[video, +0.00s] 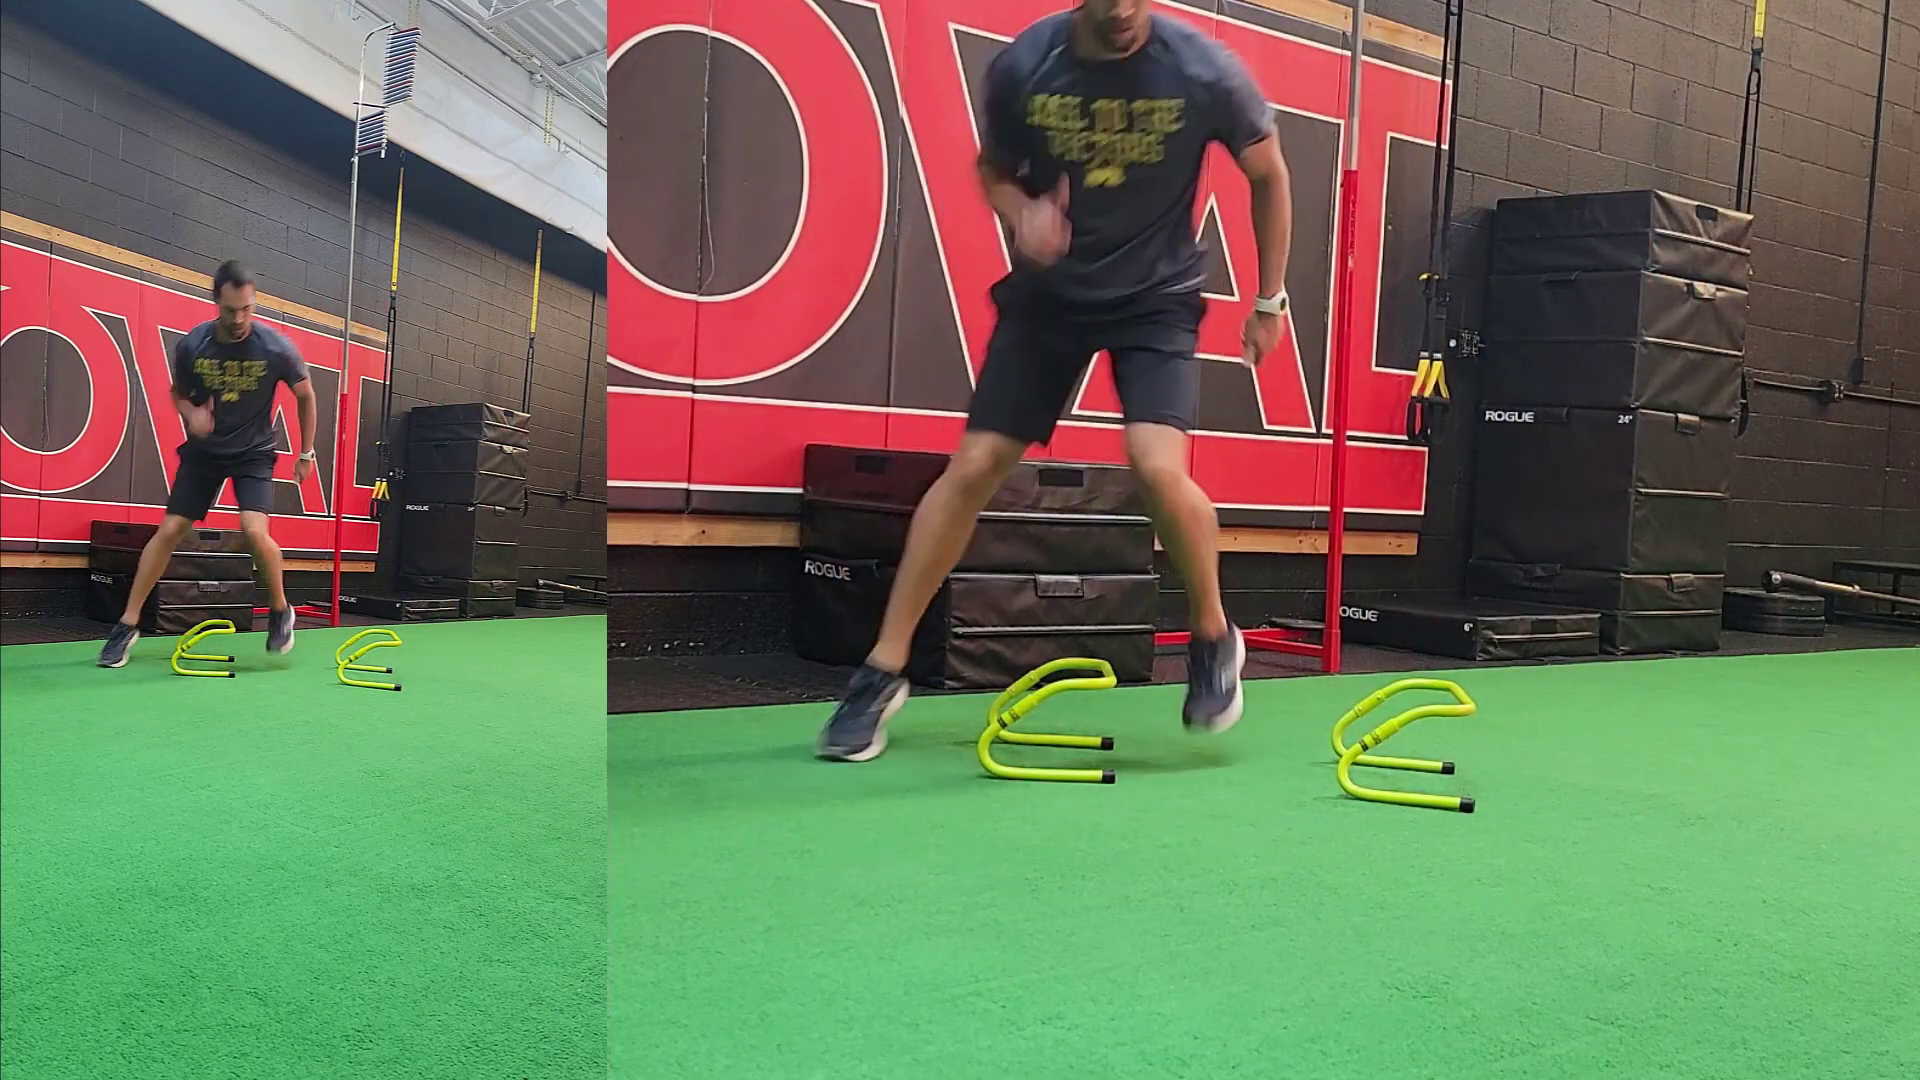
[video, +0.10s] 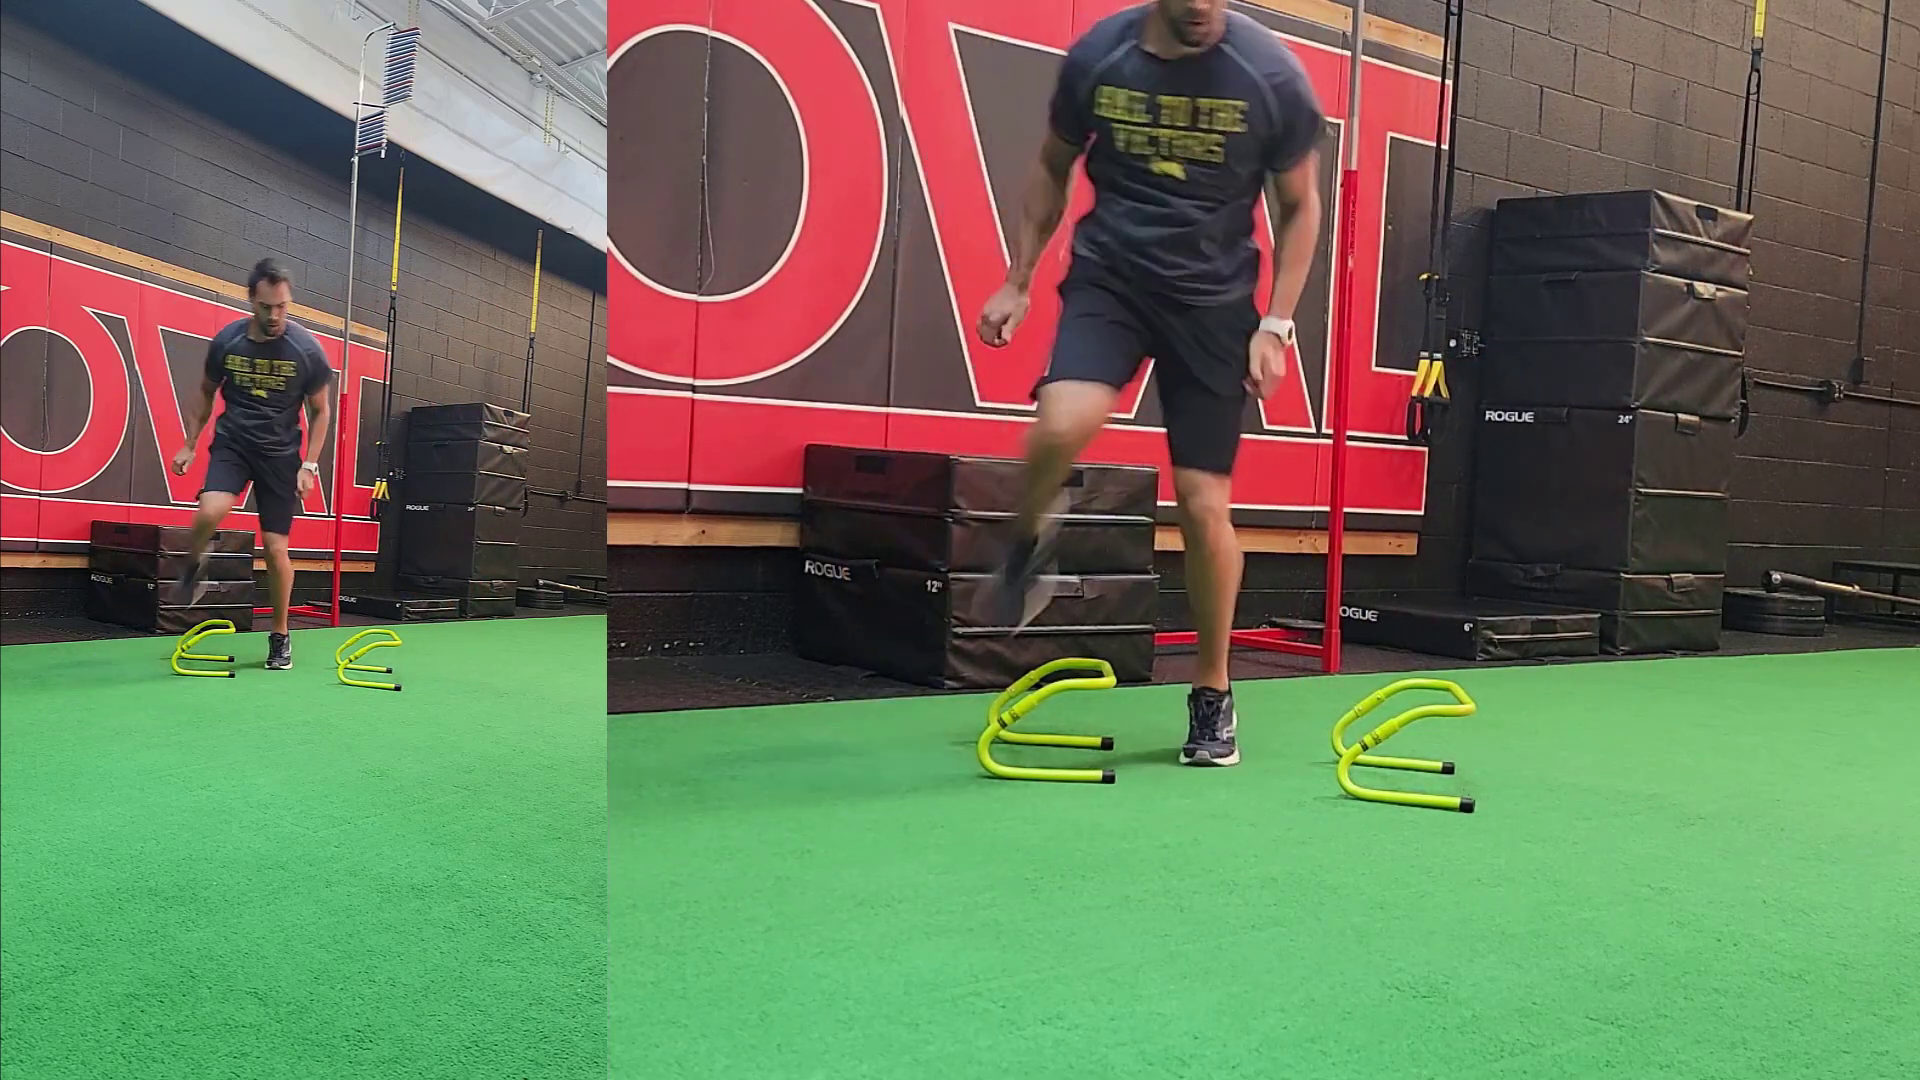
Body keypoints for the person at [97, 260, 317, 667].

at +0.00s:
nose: (240, 318)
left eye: (246, 309)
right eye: (231, 310)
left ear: (254, 303)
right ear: (215, 303)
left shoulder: (277, 349)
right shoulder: (191, 347)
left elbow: (305, 394)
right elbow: (179, 393)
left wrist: (306, 451)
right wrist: (192, 416)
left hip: (253, 451)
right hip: (203, 449)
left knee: (254, 531)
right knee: (169, 530)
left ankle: (280, 609)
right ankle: (127, 623)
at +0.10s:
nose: (275, 316)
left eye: (282, 307)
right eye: (266, 307)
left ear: (290, 302)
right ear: (251, 301)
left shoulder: (308, 350)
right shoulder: (226, 342)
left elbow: (321, 411)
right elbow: (206, 392)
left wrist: (310, 464)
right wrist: (189, 445)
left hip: (279, 455)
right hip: (232, 445)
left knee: (276, 550)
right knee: (209, 513)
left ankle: (280, 637)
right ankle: (194, 563)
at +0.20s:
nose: (305, 312)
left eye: (311, 304)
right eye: (297, 303)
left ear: (318, 299)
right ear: (278, 297)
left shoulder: (332, 346)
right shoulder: (249, 338)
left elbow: (347, 404)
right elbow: (222, 383)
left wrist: (322, 406)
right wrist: (203, 431)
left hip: (307, 450)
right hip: (262, 441)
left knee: (297, 544)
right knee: (271, 490)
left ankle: (284, 635)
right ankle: (263, 552)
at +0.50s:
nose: (391, 324)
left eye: (398, 315)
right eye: (383, 314)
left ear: (405, 310)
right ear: (362, 304)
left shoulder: (409, 347)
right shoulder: (331, 355)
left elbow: (412, 395)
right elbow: (310, 420)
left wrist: (412, 448)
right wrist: (309, 481)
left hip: (389, 453)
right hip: (340, 456)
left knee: (421, 523)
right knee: (334, 540)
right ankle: (299, 636)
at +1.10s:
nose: (476, 388)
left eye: (485, 380)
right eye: (469, 378)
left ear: (493, 377)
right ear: (453, 369)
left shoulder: (491, 414)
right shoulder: (417, 414)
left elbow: (489, 453)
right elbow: (384, 476)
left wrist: (486, 493)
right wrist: (416, 528)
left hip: (460, 501)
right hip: (418, 500)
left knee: (476, 564)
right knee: (450, 553)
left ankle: (464, 651)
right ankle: (444, 591)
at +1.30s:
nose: (442, 360)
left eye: (451, 352)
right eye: (436, 350)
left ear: (463, 351)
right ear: (425, 345)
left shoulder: (472, 398)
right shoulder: (394, 390)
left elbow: (474, 454)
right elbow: (339, 427)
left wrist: (481, 475)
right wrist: (304, 466)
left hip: (437, 489)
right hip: (388, 477)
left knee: (464, 565)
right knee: (409, 521)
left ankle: (460, 651)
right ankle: (372, 569)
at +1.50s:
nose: (379, 310)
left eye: (388, 301)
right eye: (373, 299)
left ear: (402, 300)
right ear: (361, 295)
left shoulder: (415, 342)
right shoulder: (333, 347)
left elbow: (426, 393)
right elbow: (307, 407)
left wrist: (418, 424)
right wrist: (295, 468)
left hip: (391, 452)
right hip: (339, 452)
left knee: (415, 526)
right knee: (330, 544)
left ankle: (425, 601)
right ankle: (296, 627)